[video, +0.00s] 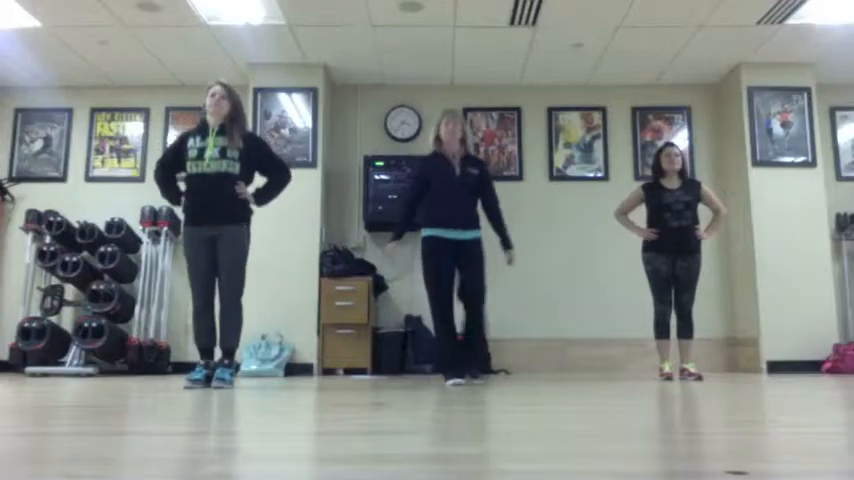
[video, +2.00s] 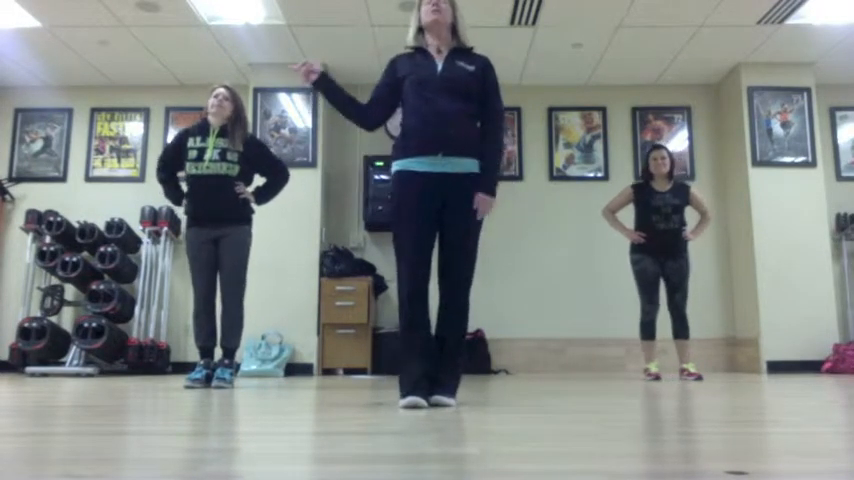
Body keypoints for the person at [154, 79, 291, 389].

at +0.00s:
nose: (214, 99)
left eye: (221, 96)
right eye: (211, 95)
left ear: (232, 106)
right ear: (204, 103)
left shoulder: (248, 142)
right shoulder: (190, 140)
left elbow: (282, 173)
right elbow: (162, 170)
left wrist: (257, 196)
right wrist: (178, 199)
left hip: (233, 226)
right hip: (196, 225)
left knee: (230, 295)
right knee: (201, 296)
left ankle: (227, 363)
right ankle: (205, 362)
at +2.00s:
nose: (218, 101)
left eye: (225, 99)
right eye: (214, 96)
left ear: (234, 110)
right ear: (206, 104)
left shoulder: (246, 143)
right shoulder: (189, 137)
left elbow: (281, 173)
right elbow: (164, 169)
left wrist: (257, 196)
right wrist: (180, 198)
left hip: (235, 226)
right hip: (198, 225)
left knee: (232, 293)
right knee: (202, 294)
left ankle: (227, 362)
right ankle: (205, 361)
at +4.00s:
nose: (220, 99)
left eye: (226, 96)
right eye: (216, 95)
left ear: (236, 107)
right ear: (207, 105)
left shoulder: (251, 143)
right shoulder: (192, 139)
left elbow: (284, 176)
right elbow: (161, 169)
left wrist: (260, 197)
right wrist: (177, 198)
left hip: (236, 227)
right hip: (199, 226)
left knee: (231, 296)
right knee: (202, 297)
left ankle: (227, 363)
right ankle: (205, 362)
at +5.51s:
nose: (240, 98)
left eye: (247, 94)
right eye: (236, 93)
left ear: (257, 104)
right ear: (227, 101)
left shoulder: (269, 141)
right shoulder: (211, 138)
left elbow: (284, 186)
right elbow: (196, 182)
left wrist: (299, 176)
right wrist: (176, 183)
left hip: (254, 230)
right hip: (215, 229)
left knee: (257, 298)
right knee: (202, 296)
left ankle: (262, 365)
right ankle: (189, 363)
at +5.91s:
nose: (261, 98)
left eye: (268, 96)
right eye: (257, 94)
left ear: (278, 106)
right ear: (248, 102)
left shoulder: (287, 144)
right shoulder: (229, 136)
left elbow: (294, 190)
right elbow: (208, 183)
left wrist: (315, 182)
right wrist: (220, 182)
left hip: (268, 228)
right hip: (230, 226)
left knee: (265, 297)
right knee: (215, 290)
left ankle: (263, 364)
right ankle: (194, 358)